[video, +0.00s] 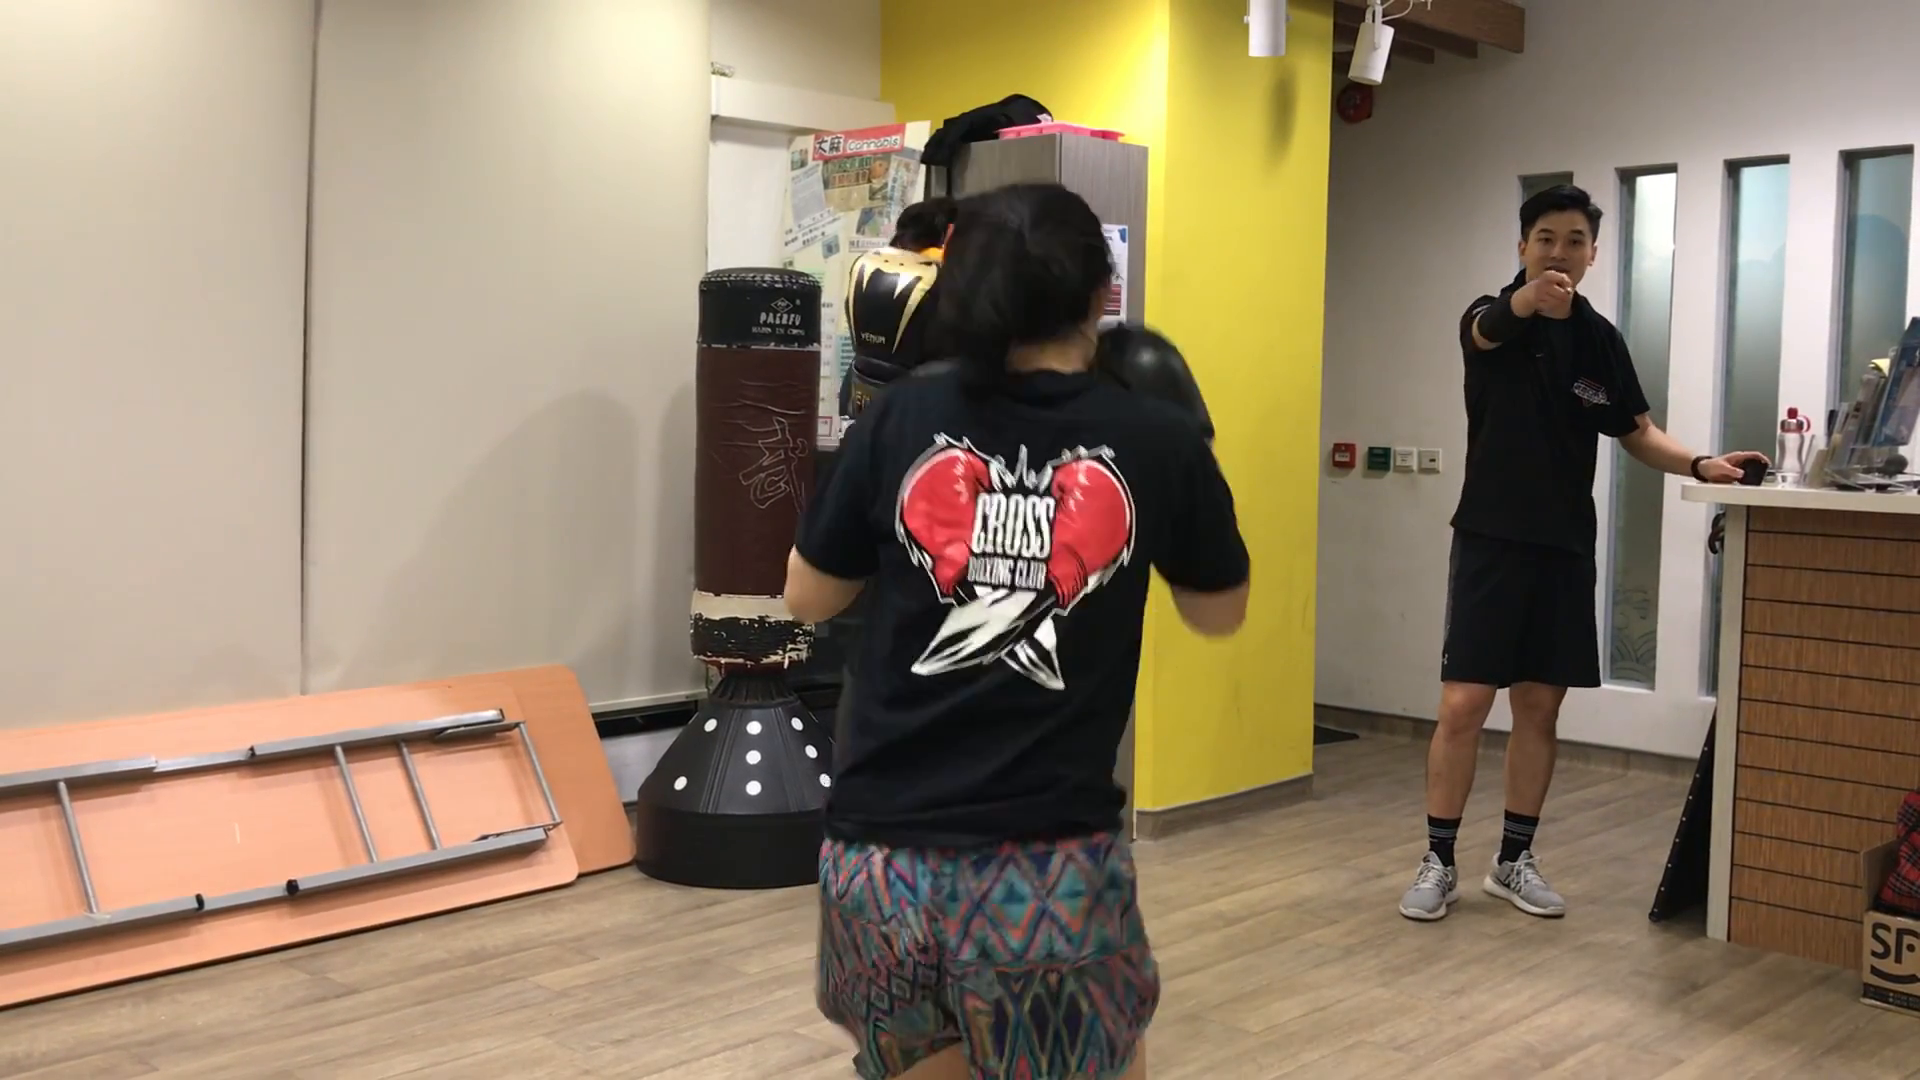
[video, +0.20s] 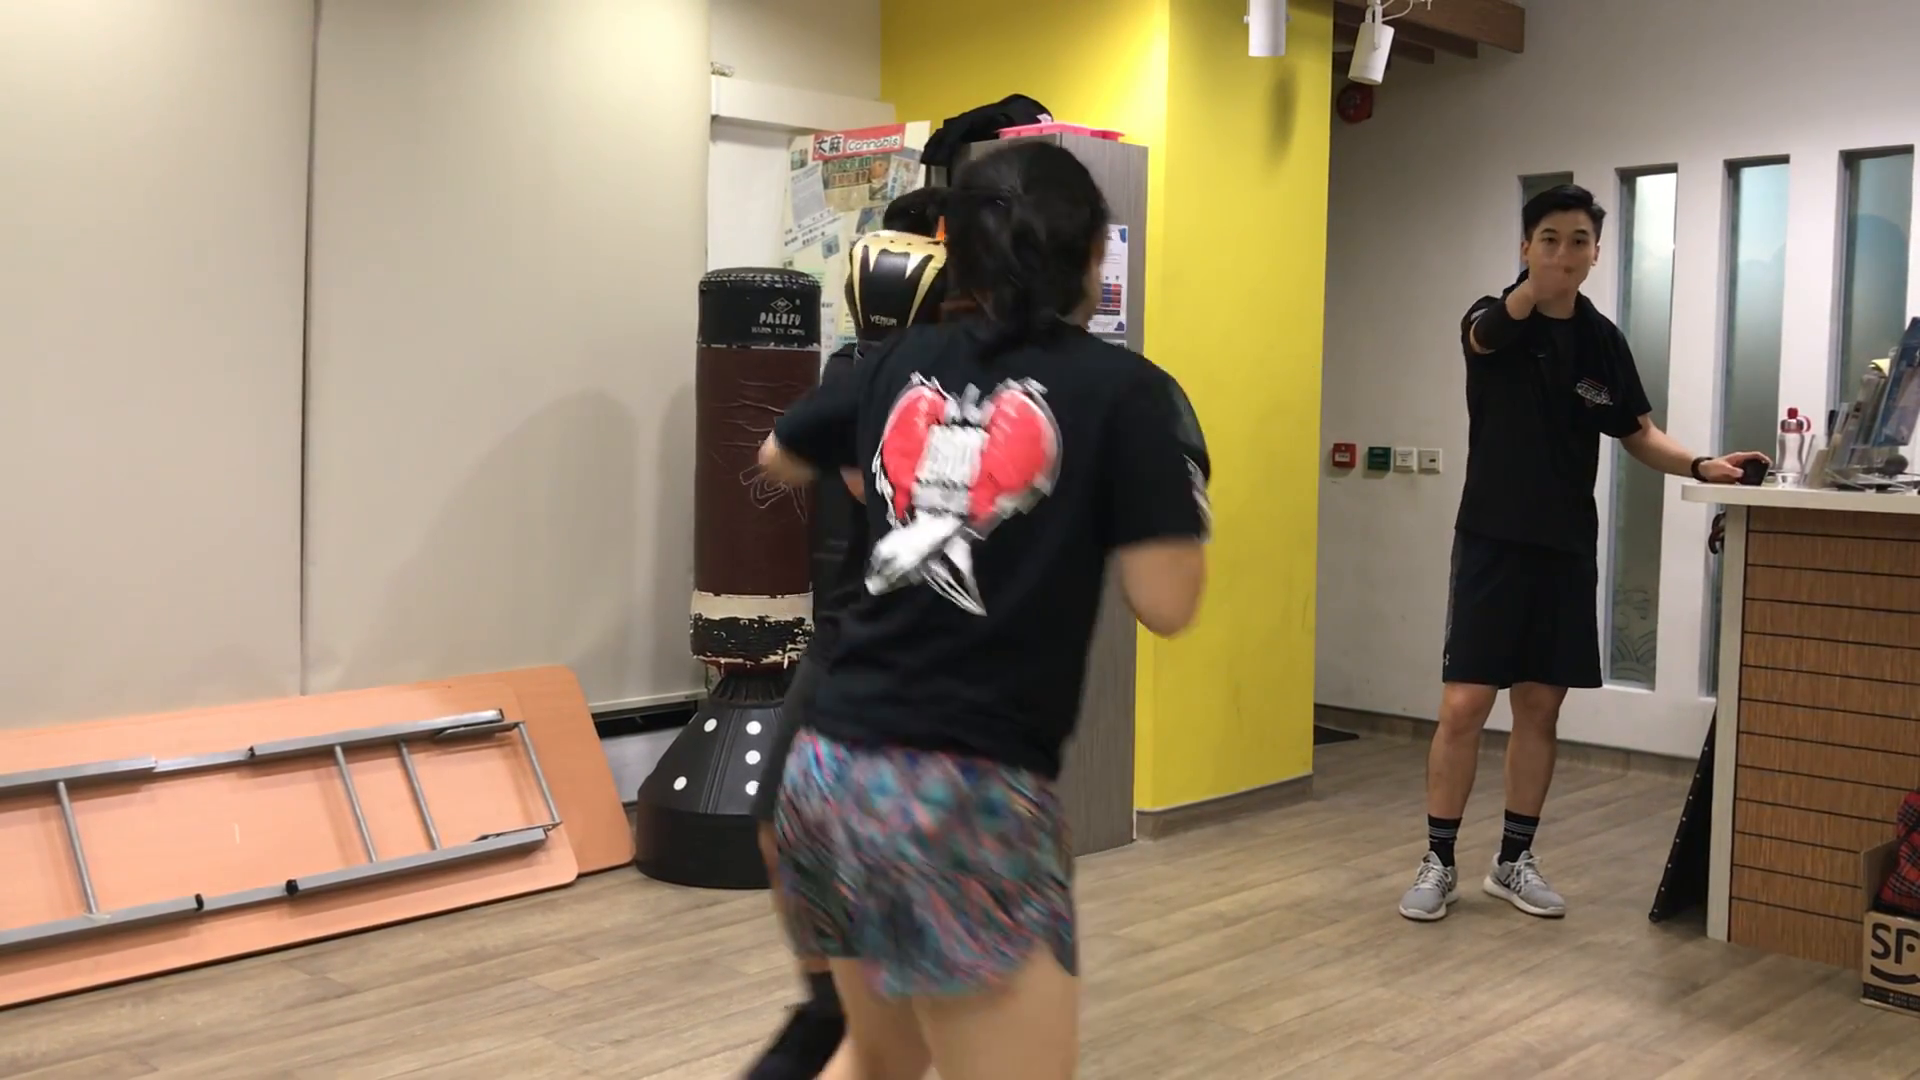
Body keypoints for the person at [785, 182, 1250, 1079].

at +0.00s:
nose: (1115, 292)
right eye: (1109, 275)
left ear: (964, 289)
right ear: (1100, 296)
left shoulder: (901, 416)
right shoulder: (1150, 436)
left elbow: (810, 592)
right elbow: (1217, 609)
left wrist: (924, 517)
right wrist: (1183, 432)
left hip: (875, 873)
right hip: (1053, 876)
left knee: (918, 1066)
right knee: (1066, 1063)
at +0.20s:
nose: (1106, 252)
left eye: (1102, 237)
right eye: (1101, 238)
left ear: (960, 252)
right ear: (1089, 253)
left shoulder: (896, 361)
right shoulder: (1123, 391)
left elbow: (781, 457)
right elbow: (1168, 601)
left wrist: (883, 465)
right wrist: (1162, 476)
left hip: (825, 766)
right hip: (971, 794)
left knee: (880, 1057)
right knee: (1016, 1062)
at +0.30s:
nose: (1067, 265)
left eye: (1063, 246)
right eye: (1062, 247)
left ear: (941, 262)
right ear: (1038, 263)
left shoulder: (913, 364)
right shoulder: (1025, 374)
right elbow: (1112, 574)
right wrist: (1144, 458)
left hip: (817, 751)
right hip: (917, 775)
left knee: (855, 1062)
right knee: (1020, 1061)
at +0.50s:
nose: (1042, 279)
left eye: (1039, 259)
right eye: (1040, 260)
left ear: (907, 262)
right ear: (1021, 266)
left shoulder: (854, 373)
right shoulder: (1040, 385)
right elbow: (1096, 597)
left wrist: (1035, 526)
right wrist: (1111, 478)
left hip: (776, 745)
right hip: (911, 771)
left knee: (806, 1057)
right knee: (979, 1062)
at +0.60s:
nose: (1057, 272)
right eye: (1049, 256)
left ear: (912, 280)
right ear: (1041, 277)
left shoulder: (849, 382)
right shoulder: (1060, 405)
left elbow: (748, 533)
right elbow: (1155, 609)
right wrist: (1137, 456)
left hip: (767, 769)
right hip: (905, 803)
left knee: (826, 1053)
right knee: (943, 1063)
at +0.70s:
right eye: (1035, 268)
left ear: (899, 287)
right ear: (1029, 288)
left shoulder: (833, 392)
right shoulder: (1056, 420)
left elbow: (699, 531)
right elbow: (1157, 613)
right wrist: (1127, 460)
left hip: (756, 778)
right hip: (898, 821)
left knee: (818, 1031)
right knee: (938, 1062)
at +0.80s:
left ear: (878, 257)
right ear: (1002, 252)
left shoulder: (817, 364)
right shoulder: (1030, 388)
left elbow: (660, 466)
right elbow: (1087, 588)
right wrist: (1107, 466)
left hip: (756, 738)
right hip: (887, 779)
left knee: (781, 1019)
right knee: (914, 1063)